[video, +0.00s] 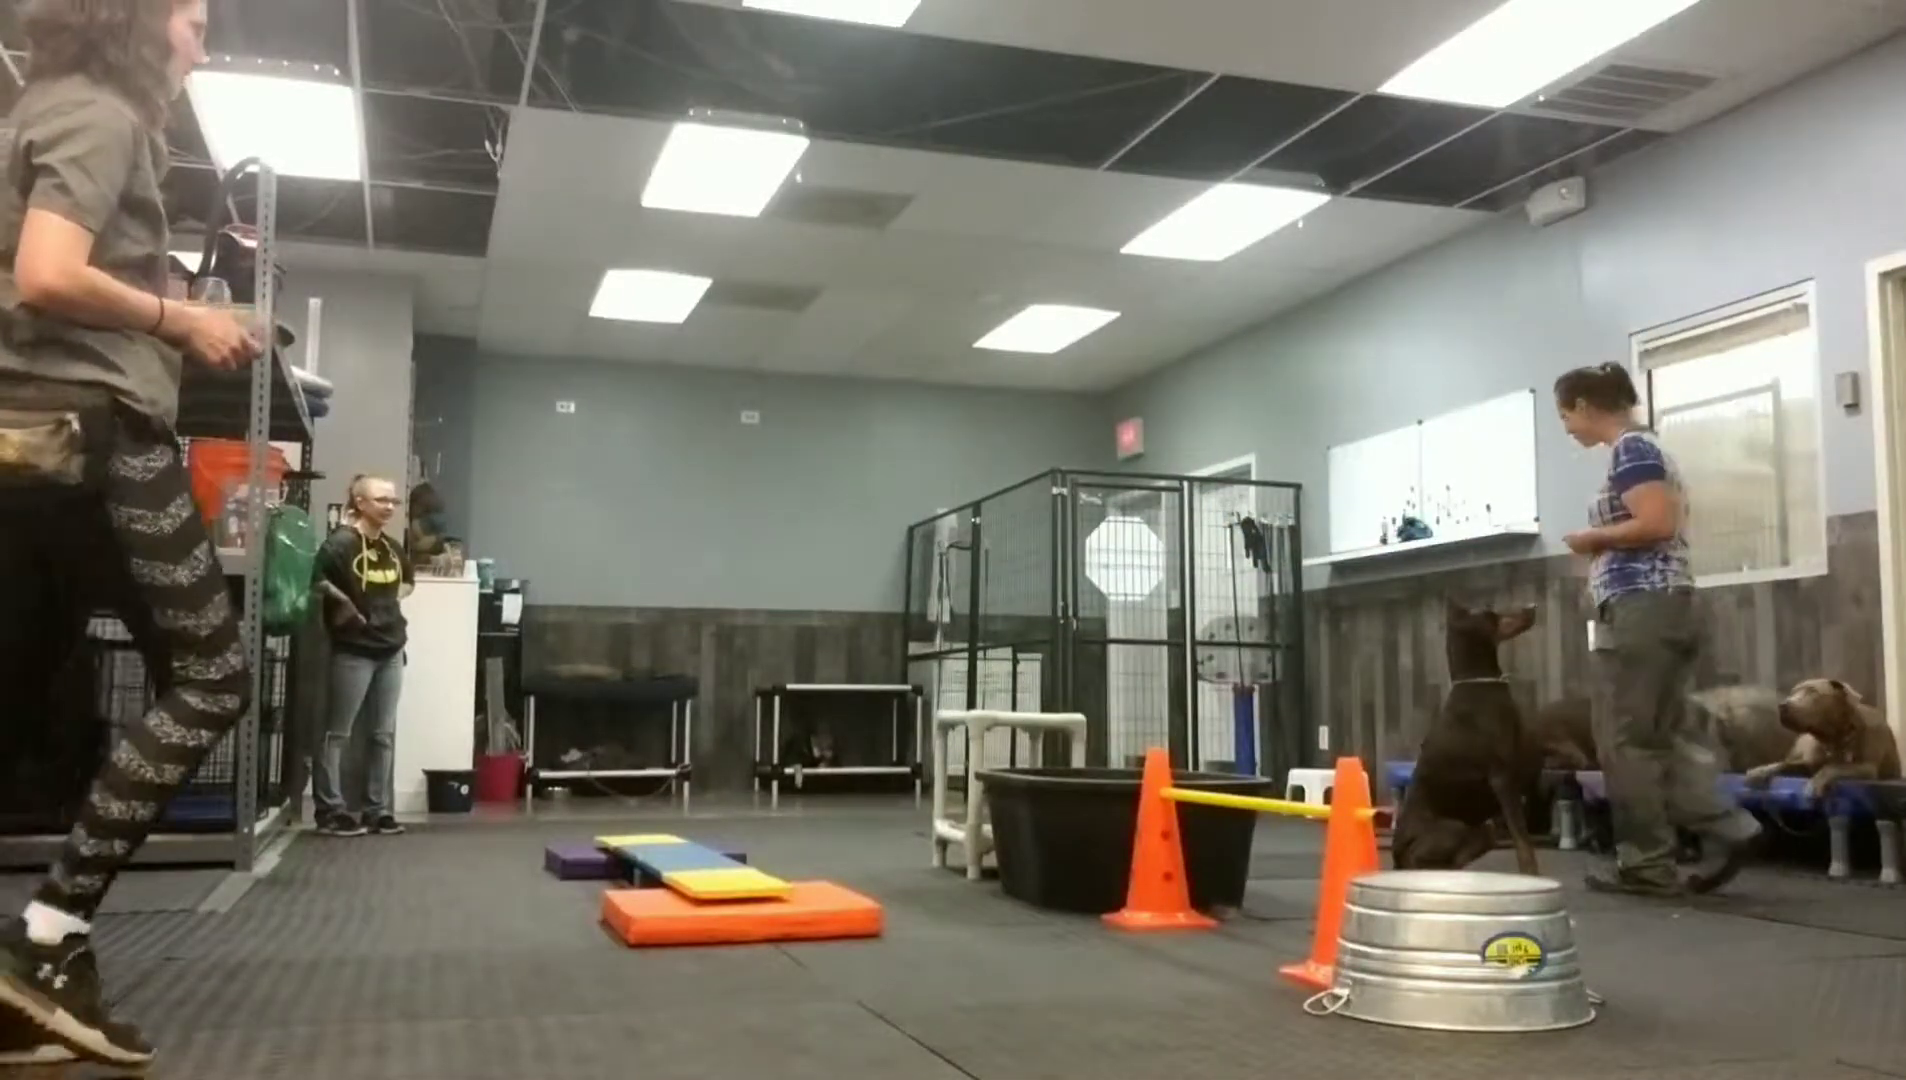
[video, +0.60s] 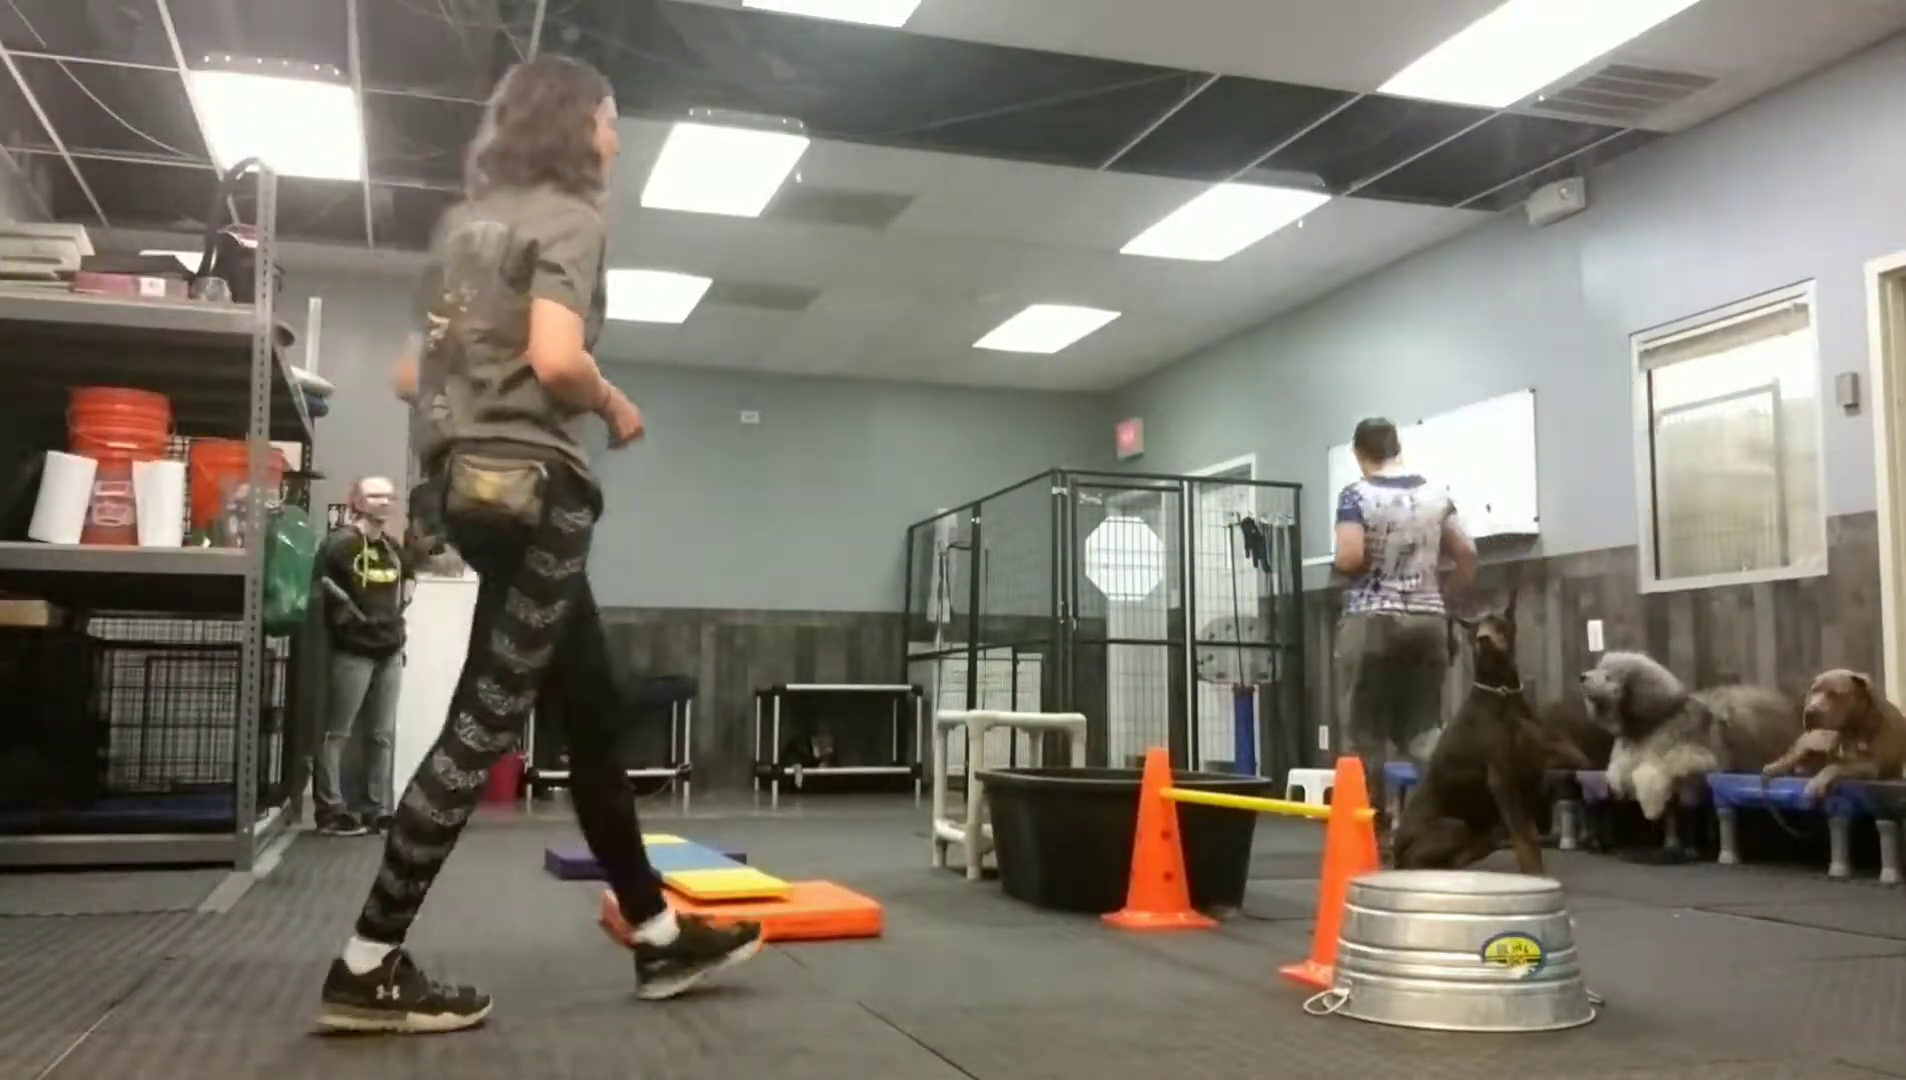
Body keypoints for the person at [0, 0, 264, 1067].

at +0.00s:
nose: (200, 38)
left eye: (202, 19)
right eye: (191, 14)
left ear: (95, 19)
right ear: (136, 15)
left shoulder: (48, 104)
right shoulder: (98, 109)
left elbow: (56, 274)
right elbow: (46, 274)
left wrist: (172, 308)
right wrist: (180, 315)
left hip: (35, 432)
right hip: (97, 437)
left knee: (30, 712)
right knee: (209, 673)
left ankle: (37, 972)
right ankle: (51, 936)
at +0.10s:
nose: (222, 44)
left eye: (224, 24)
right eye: (212, 21)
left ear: (118, 28)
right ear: (158, 24)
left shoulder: (49, 118)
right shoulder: (126, 116)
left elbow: (52, 282)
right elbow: (69, 277)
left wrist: (188, 313)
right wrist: (197, 322)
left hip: (29, 438)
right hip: (115, 441)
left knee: (26, 720)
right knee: (238, 680)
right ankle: (207, 971)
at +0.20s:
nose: (271, 68)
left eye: (269, 50)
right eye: (262, 47)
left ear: (172, 52)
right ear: (212, 48)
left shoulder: (108, 144)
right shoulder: (185, 142)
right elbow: (140, 296)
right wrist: (260, 345)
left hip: (91, 453)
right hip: (168, 455)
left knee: (37, 715)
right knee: (279, 703)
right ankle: (337, 962)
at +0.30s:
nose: (350, 85)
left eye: (347, 64)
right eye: (342, 64)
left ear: (242, 74)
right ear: (304, 70)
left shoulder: (194, 166)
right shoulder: (279, 163)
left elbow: (172, 323)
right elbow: (248, 316)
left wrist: (325, 373)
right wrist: (358, 361)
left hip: (192, 457)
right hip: (274, 458)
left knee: (124, 714)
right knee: (362, 702)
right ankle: (357, 970)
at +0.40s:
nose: (441, 90)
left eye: (438, 71)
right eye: (429, 70)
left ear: (332, 78)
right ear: (380, 73)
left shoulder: (283, 175)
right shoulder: (388, 166)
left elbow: (271, 319)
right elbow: (370, 318)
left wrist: (383, 352)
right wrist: (458, 356)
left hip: (299, 449)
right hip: (373, 449)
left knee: (327, 722)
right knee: (394, 718)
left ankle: (134, 890)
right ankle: (363, 970)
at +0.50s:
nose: (531, 112)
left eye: (528, 93)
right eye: (523, 92)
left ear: (427, 95)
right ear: (487, 94)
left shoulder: (380, 185)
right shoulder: (482, 184)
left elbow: (355, 323)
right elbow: (465, 332)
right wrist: (529, 377)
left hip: (372, 453)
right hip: (443, 459)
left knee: (508, 691)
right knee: (413, 713)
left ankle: (453, 933)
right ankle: (358, 968)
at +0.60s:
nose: (617, 143)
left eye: (615, 125)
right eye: (611, 125)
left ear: (512, 129)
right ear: (579, 128)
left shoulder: (466, 219)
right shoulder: (569, 215)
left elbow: (412, 376)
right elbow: (557, 359)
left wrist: (518, 390)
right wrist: (611, 399)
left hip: (459, 479)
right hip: (532, 482)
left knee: (589, 704)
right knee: (483, 727)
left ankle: (655, 925)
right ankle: (367, 963)